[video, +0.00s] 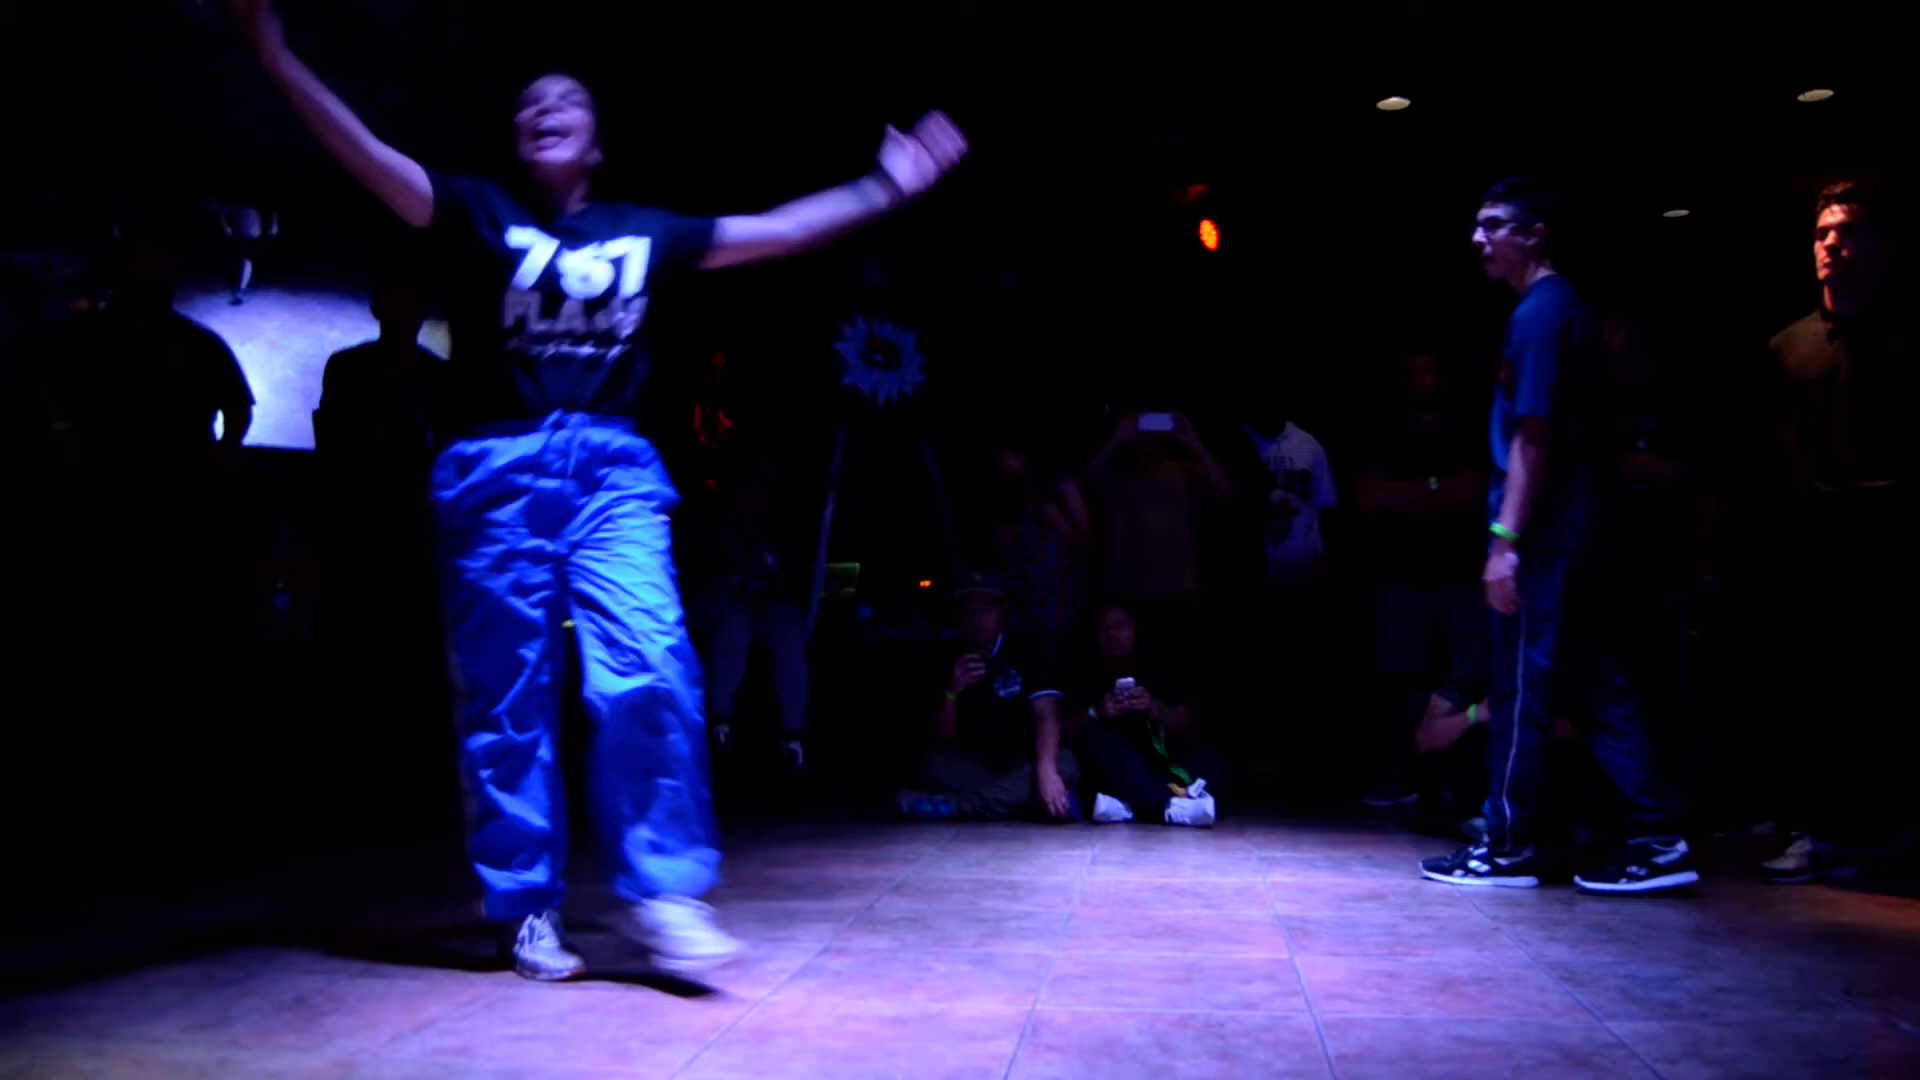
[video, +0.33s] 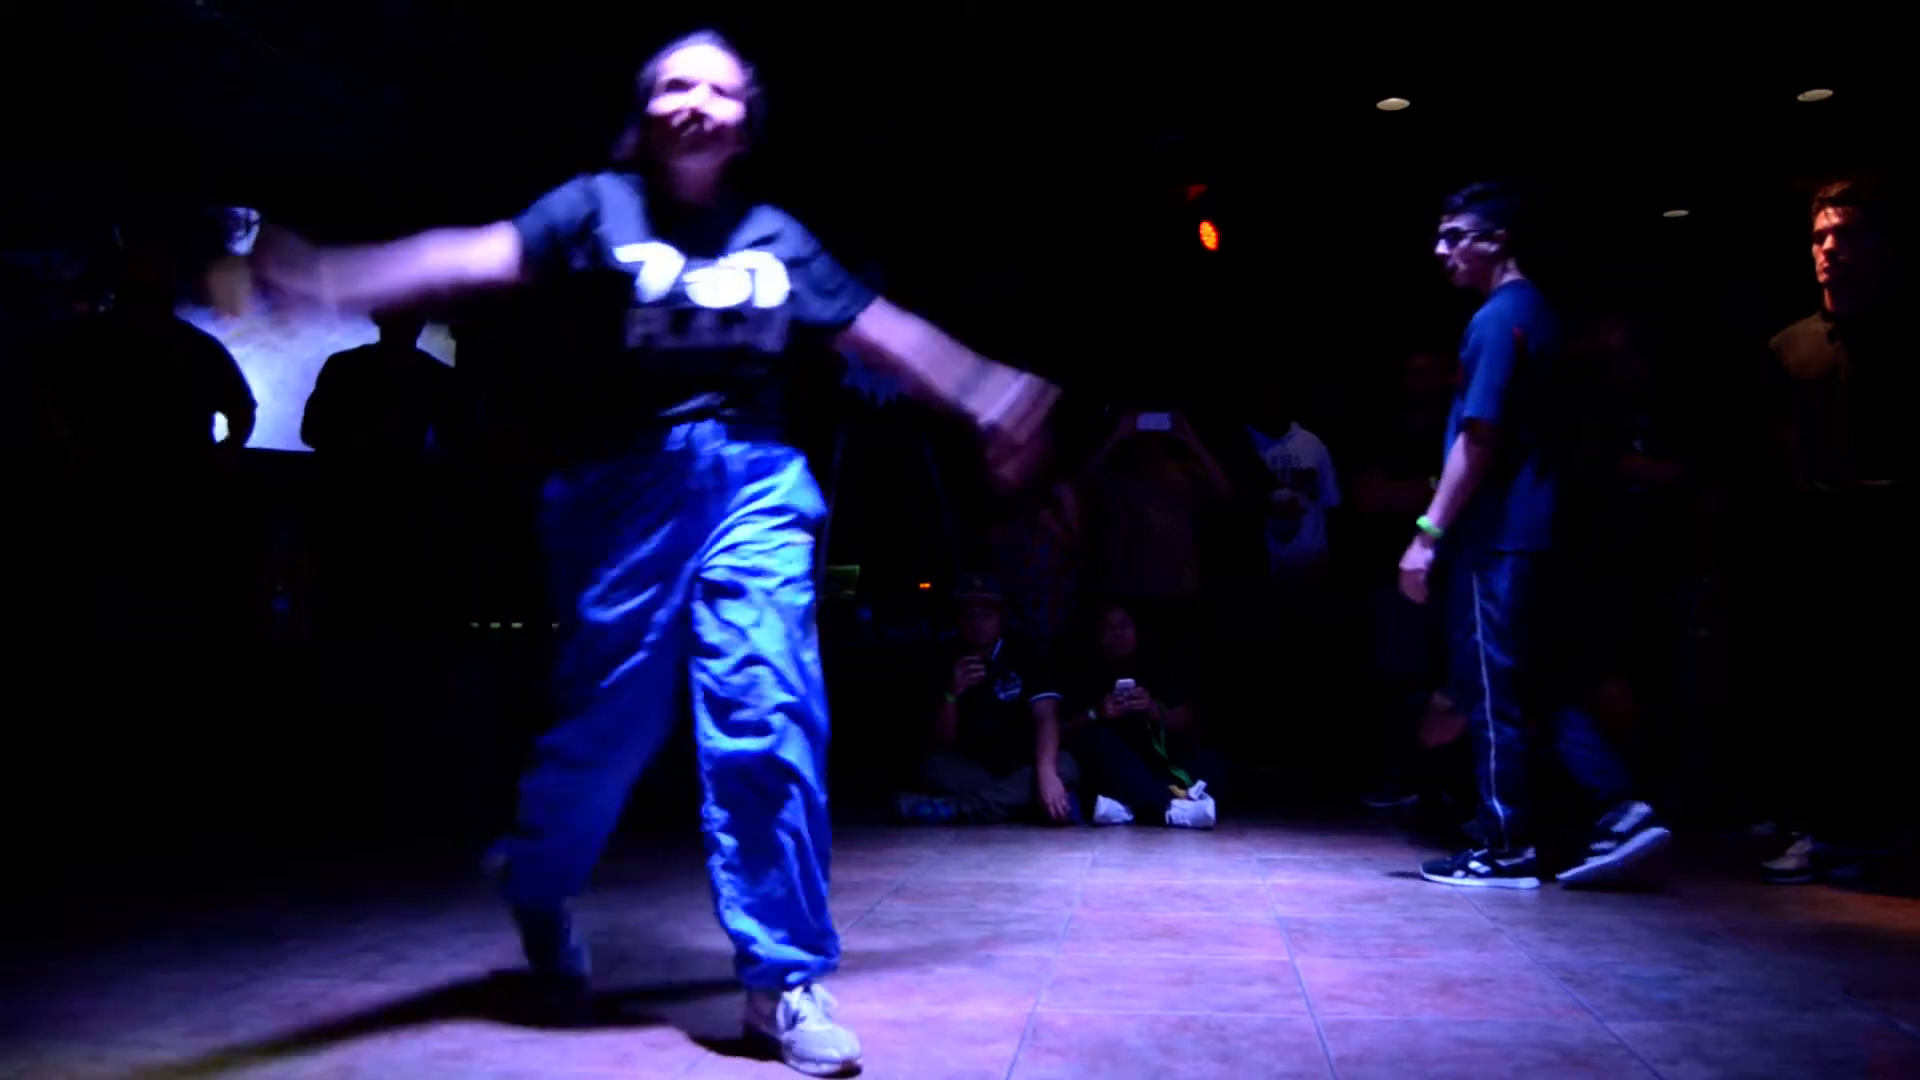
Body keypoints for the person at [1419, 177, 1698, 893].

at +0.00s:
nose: (1478, 238)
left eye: (1493, 227)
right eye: (1478, 227)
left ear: (1533, 235)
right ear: (1529, 241)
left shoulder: (1542, 311)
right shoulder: (1557, 307)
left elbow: (1533, 436)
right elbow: (1554, 434)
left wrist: (1507, 540)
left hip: (1549, 529)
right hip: (1573, 525)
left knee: (1524, 679)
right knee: (1595, 678)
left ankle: (1507, 843)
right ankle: (1657, 839)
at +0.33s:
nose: (1444, 251)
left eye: (1456, 238)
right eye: (1443, 239)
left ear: (1497, 242)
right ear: (1498, 247)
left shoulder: (1502, 318)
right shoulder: (1532, 311)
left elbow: (1479, 439)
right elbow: (1503, 438)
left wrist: (1428, 532)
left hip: (1506, 530)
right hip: (1539, 525)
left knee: (1494, 685)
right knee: (1537, 678)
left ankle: (1503, 845)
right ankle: (1617, 813)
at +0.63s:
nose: (1424, 248)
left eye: (1438, 237)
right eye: (1423, 237)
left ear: (1475, 245)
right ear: (1456, 250)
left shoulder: (1477, 317)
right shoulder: (1490, 314)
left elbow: (1460, 436)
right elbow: (1466, 436)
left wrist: (1412, 528)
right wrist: (1423, 526)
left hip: (1472, 533)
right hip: (1475, 531)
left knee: (1475, 685)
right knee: (1460, 683)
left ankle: (1499, 842)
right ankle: (1471, 830)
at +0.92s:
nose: (1401, 263)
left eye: (1413, 251)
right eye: (1398, 252)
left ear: (1448, 259)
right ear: (1412, 263)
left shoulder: (1470, 327)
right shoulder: (1444, 329)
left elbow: (1466, 436)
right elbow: (1442, 436)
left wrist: (1435, 530)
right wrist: (1420, 528)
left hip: (1466, 537)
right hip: (1432, 532)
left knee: (1468, 685)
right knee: (1424, 683)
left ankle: (1504, 839)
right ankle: (1423, 825)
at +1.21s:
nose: (1388, 266)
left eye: (1402, 255)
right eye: (1384, 256)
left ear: (1433, 265)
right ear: (1382, 269)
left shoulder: (1460, 337)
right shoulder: (1393, 351)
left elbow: (1474, 442)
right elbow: (1378, 467)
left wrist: (1457, 534)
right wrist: (1353, 554)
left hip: (1438, 543)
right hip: (1389, 549)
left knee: (1456, 694)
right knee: (1407, 694)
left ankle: (1503, 837)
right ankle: (1422, 827)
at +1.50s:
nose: (1383, 274)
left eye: (1396, 263)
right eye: (1376, 264)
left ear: (1423, 273)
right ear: (1365, 275)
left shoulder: (1456, 348)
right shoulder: (1355, 361)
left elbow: (1481, 446)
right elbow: (1340, 459)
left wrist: (1475, 534)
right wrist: (1349, 540)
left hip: (1443, 543)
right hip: (1378, 548)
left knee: (1469, 684)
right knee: (1402, 685)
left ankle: (1497, 828)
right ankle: (1417, 829)